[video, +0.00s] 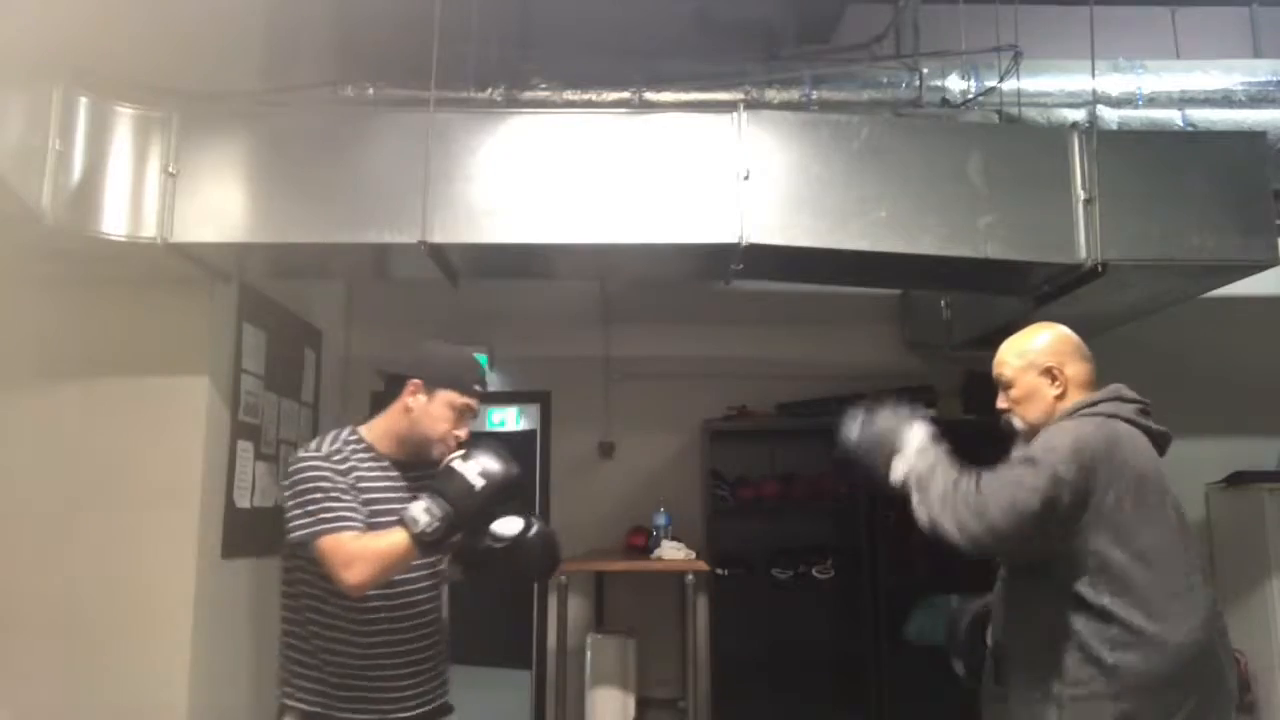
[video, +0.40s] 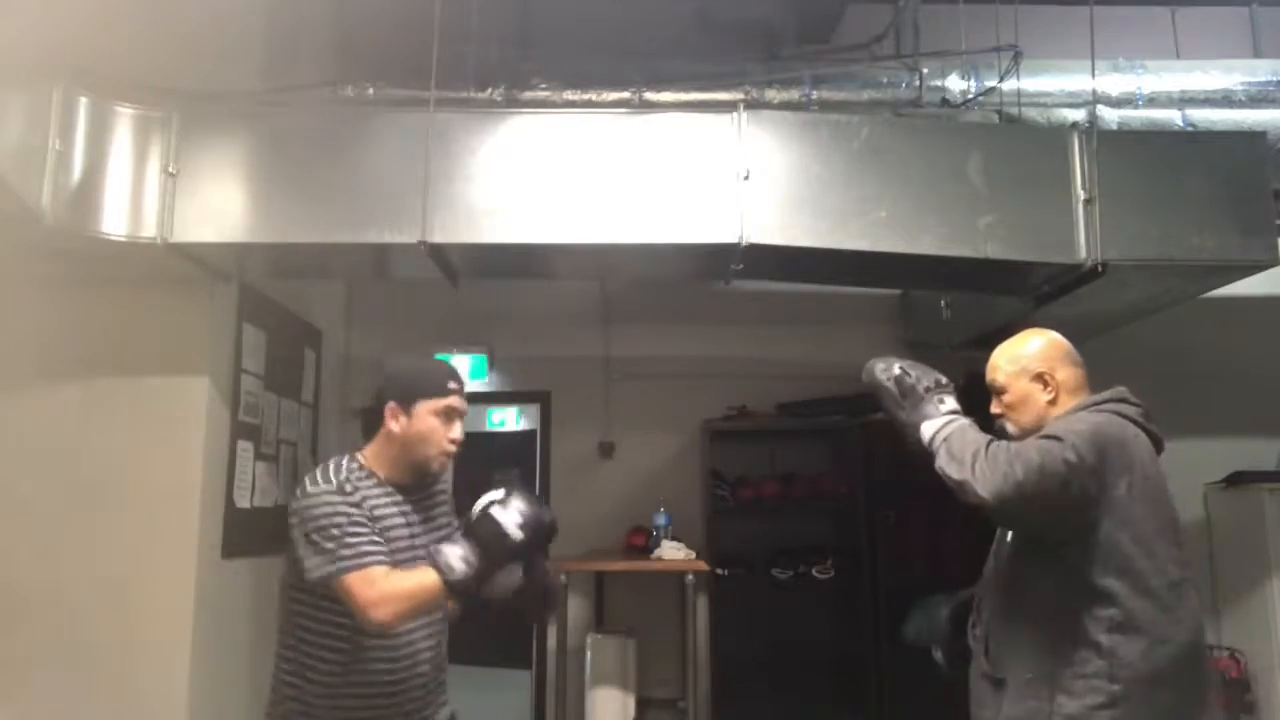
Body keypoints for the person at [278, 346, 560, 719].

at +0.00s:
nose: (465, 434)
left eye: (470, 421)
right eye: (460, 413)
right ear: (413, 395)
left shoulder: (428, 473)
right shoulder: (321, 464)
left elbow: (444, 560)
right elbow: (352, 570)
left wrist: (499, 556)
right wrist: (441, 507)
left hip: (425, 704)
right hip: (333, 709)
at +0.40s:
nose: (459, 435)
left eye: (461, 421)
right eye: (446, 417)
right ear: (395, 418)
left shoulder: (434, 487)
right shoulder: (328, 492)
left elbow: (443, 597)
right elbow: (377, 605)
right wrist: (472, 554)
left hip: (425, 707)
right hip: (331, 710)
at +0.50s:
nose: (486, 435)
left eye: (486, 420)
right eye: (470, 417)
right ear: (419, 422)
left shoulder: (462, 493)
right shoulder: (354, 498)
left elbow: (470, 590)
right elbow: (413, 609)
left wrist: (509, 621)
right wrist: (491, 540)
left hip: (454, 707)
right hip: (365, 711)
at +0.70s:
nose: (572, 446)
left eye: (573, 432)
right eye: (557, 431)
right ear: (506, 437)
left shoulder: (568, 497)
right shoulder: (450, 507)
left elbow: (672, 471)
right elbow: (484, 606)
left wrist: (744, 444)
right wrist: (558, 527)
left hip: (549, 705)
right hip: (460, 708)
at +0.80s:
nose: (602, 458)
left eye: (604, 442)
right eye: (587, 441)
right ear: (537, 442)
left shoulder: (601, 490)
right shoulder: (474, 515)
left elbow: (678, 497)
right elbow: (507, 630)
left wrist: (725, 479)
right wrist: (587, 554)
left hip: (596, 706)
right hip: (497, 710)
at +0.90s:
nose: (616, 462)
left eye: (618, 446)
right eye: (603, 446)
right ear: (553, 445)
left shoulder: (592, 504)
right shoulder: (479, 519)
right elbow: (508, 644)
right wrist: (587, 570)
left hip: (605, 705)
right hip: (505, 710)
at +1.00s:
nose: (608, 468)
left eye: (610, 453)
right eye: (594, 452)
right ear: (546, 449)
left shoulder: (578, 510)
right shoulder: (471, 521)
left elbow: (627, 585)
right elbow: (505, 643)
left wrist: (664, 564)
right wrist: (584, 565)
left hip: (582, 707)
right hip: (491, 710)